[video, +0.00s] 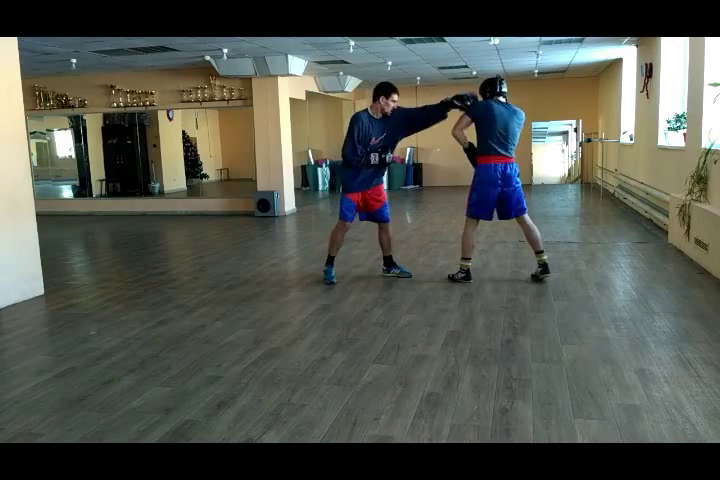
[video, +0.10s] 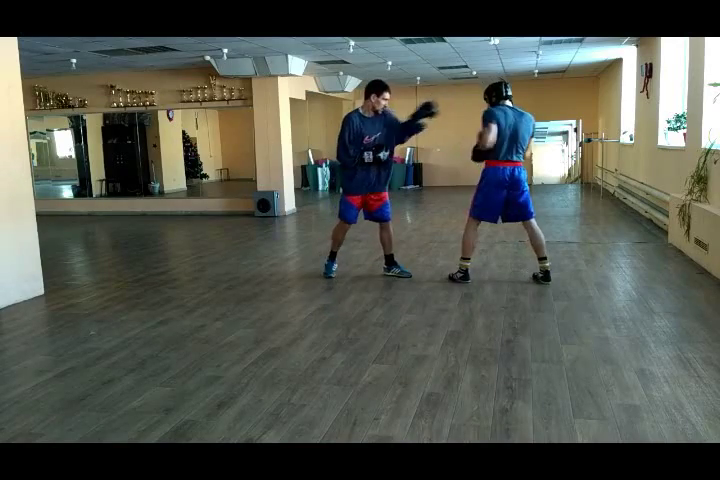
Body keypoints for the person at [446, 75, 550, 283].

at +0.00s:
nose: (482, 97)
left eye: (482, 94)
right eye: (482, 94)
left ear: (486, 93)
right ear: (505, 93)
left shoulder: (480, 106)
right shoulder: (519, 113)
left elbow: (457, 131)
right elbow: (507, 136)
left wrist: (469, 148)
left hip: (486, 171)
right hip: (511, 171)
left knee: (471, 222)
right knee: (523, 218)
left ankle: (464, 270)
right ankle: (543, 264)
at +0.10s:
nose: (488, 102)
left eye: (488, 99)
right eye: (487, 99)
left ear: (491, 98)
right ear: (509, 96)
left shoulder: (492, 113)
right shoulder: (528, 118)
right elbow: (525, 151)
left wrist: (478, 146)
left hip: (494, 173)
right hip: (518, 173)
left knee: (473, 221)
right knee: (530, 222)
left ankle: (463, 270)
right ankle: (545, 270)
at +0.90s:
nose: (441, 123)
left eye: (439, 119)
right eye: (438, 120)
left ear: (446, 113)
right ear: (452, 109)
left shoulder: (471, 123)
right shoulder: (471, 121)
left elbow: (476, 159)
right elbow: (470, 150)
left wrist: (455, 147)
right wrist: (459, 161)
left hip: (480, 179)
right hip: (492, 176)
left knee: (453, 223)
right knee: (499, 222)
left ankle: (448, 274)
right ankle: (536, 256)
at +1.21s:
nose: (476, 112)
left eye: (476, 108)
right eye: (476, 108)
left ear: (479, 105)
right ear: (497, 102)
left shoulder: (482, 123)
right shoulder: (519, 120)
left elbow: (466, 156)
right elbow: (521, 154)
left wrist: (459, 140)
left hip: (489, 182)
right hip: (514, 181)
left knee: (461, 226)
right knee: (524, 226)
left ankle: (448, 273)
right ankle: (548, 271)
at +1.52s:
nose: (506, 101)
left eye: (506, 98)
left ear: (509, 96)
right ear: (530, 95)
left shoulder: (505, 111)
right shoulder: (547, 113)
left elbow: (492, 142)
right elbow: (547, 150)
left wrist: (488, 132)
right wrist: (532, 135)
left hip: (507, 175)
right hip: (534, 175)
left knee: (488, 223)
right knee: (543, 227)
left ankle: (479, 270)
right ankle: (554, 276)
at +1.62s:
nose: (507, 101)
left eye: (507, 98)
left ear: (510, 97)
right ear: (531, 95)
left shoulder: (505, 112)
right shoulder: (548, 114)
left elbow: (490, 146)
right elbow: (545, 151)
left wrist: (487, 132)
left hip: (508, 176)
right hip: (534, 176)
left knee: (491, 224)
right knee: (544, 227)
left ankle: (484, 271)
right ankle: (554, 276)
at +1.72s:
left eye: (506, 98)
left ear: (505, 97)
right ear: (528, 97)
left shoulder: (496, 114)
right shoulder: (542, 114)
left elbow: (486, 149)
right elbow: (543, 152)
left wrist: (497, 136)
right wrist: (527, 138)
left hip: (501, 177)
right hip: (528, 176)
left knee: (491, 225)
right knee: (541, 227)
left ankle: (486, 272)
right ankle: (553, 276)